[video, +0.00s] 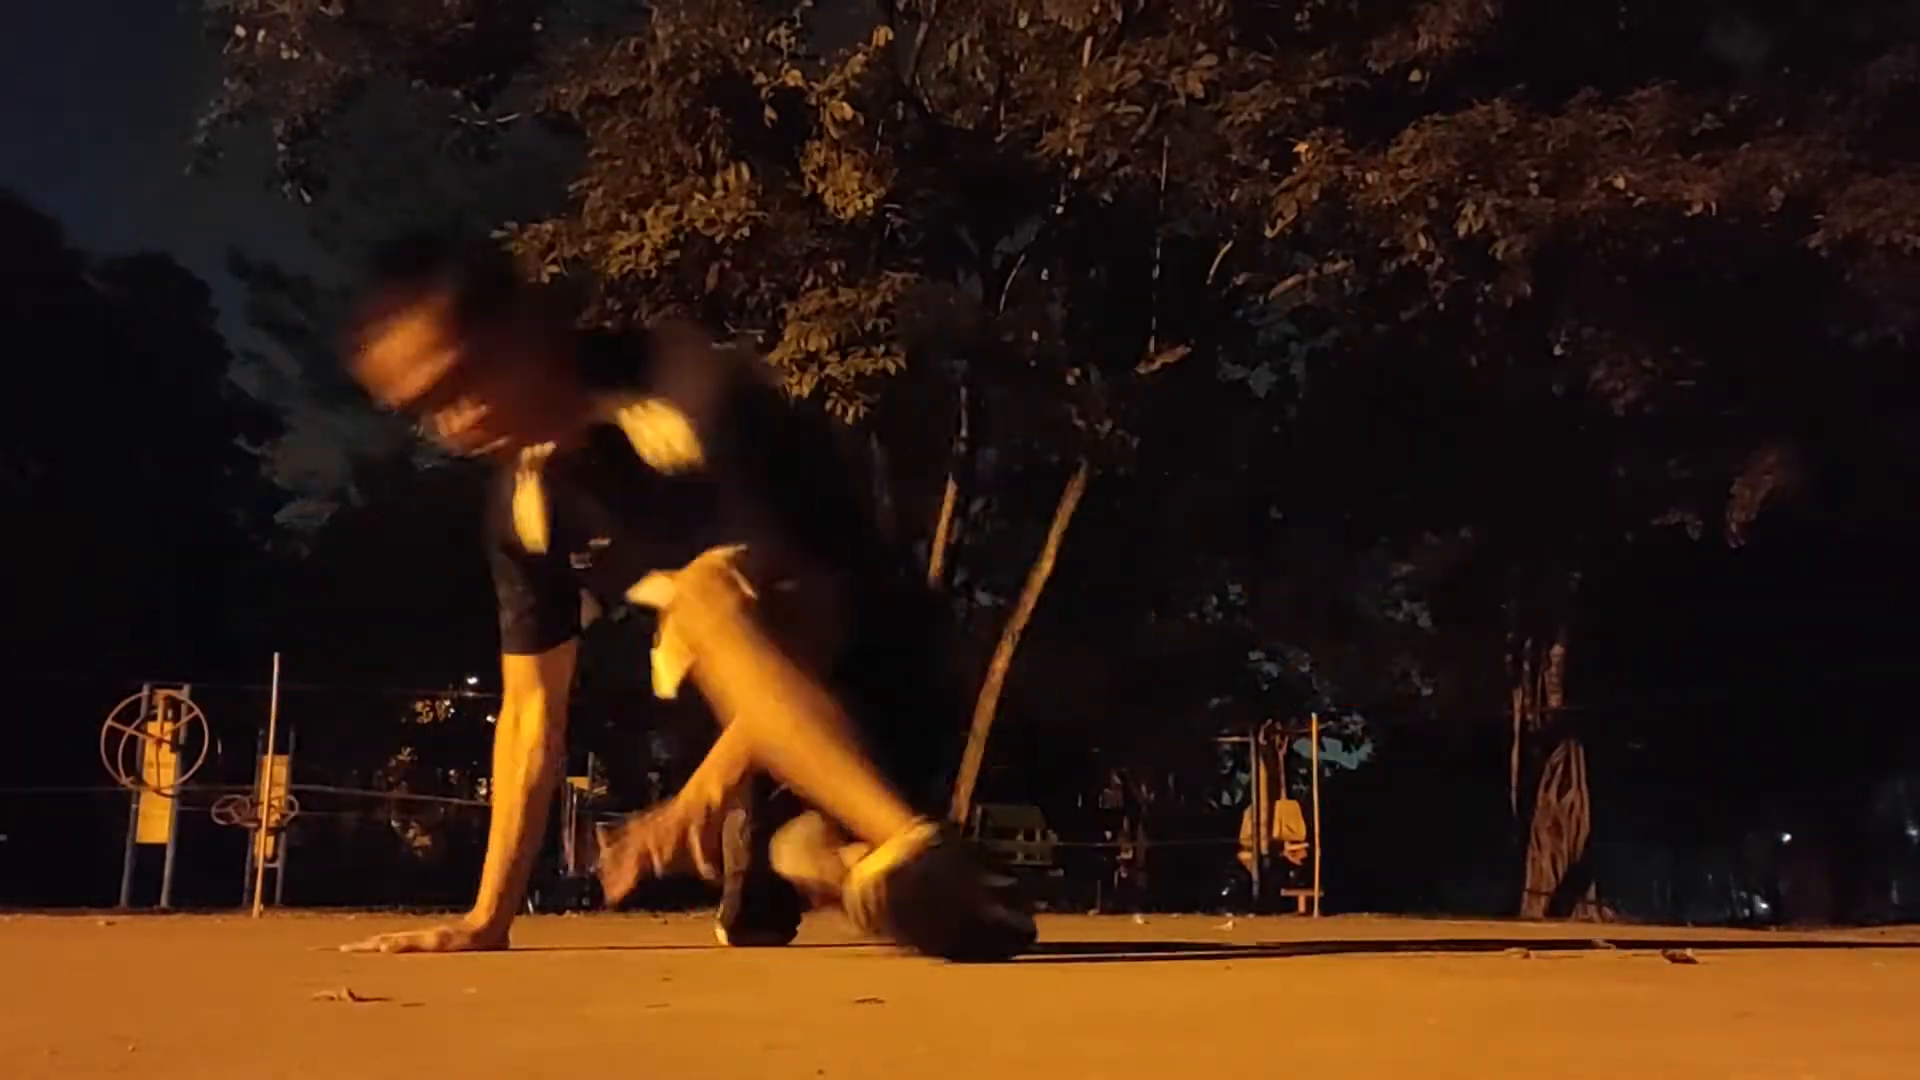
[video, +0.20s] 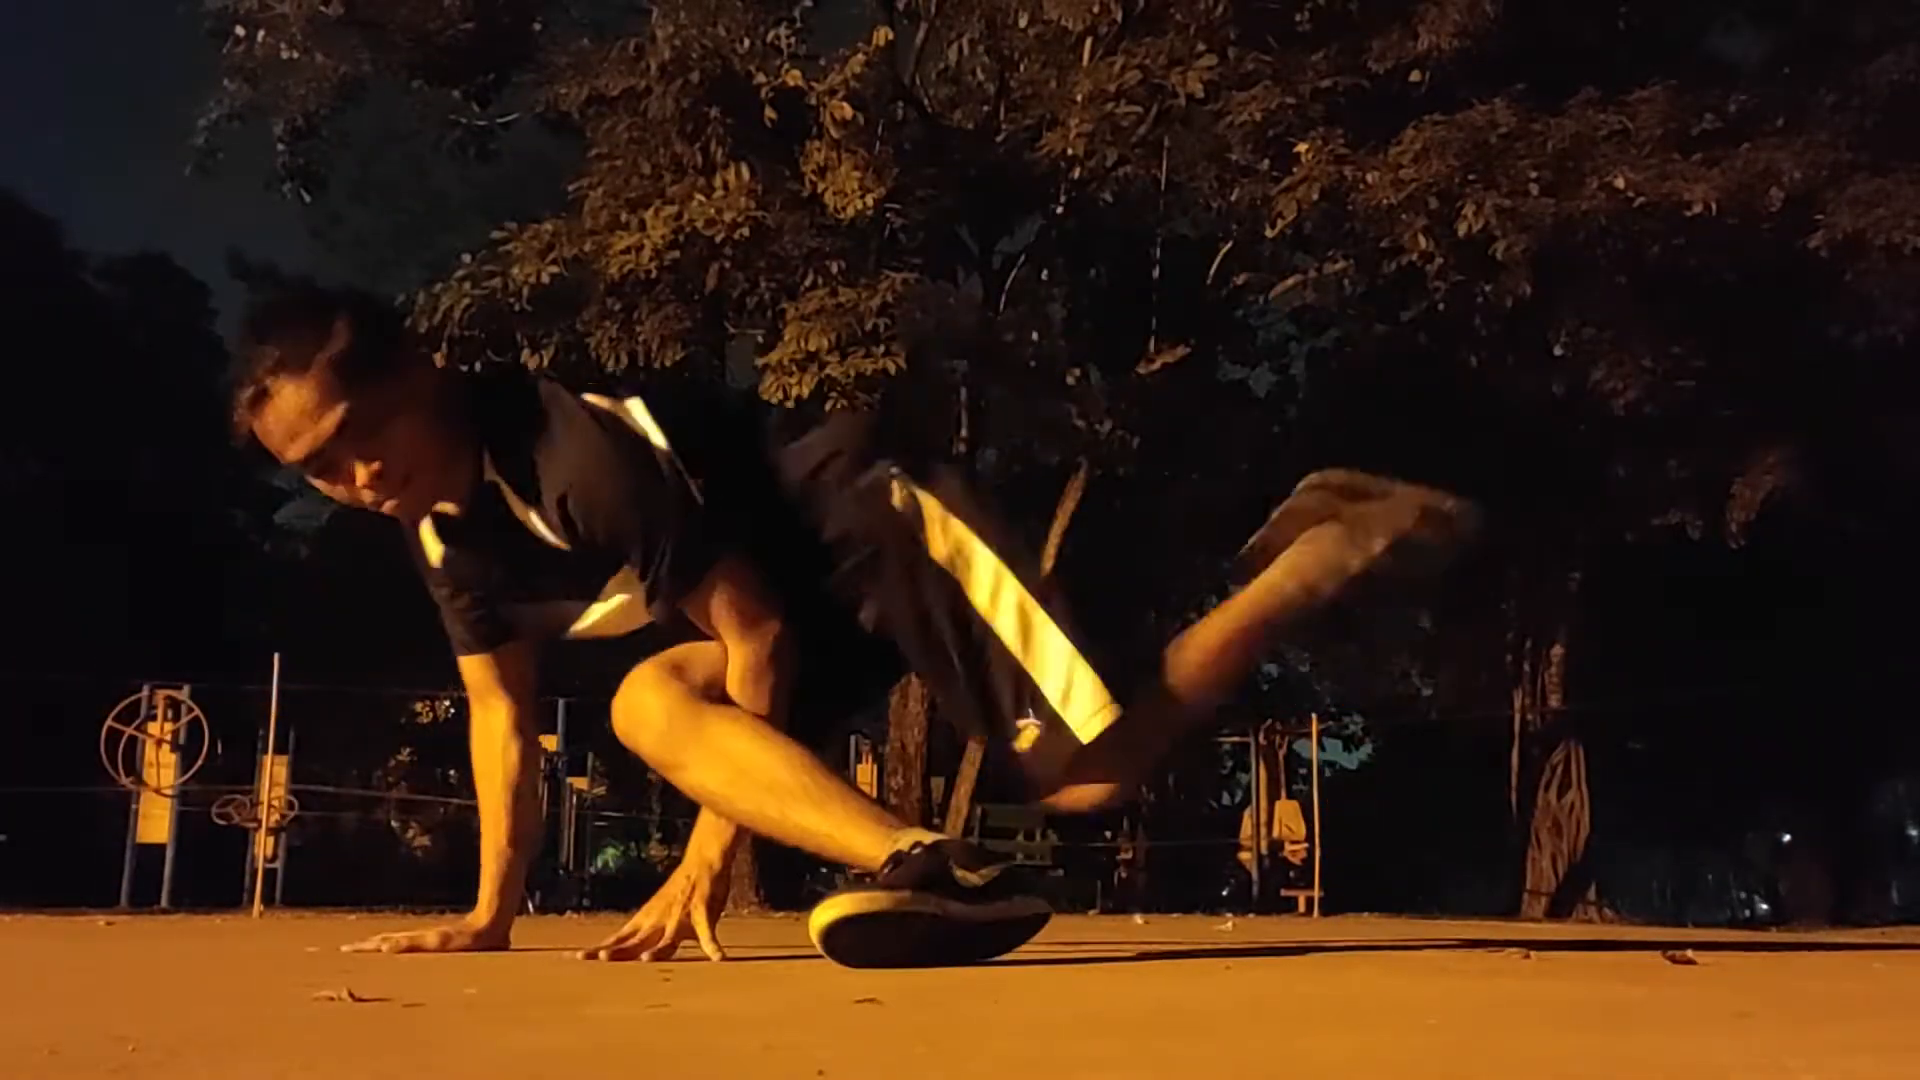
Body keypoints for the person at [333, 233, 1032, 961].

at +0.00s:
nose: (456, 426)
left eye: (459, 385)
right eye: (426, 414)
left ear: (521, 328)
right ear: (411, 419)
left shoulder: (687, 395)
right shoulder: (525, 504)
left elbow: (811, 602)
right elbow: (532, 709)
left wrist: (705, 798)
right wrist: (488, 915)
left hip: (865, 639)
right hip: (718, 689)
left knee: (797, 840)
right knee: (701, 598)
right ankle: (909, 838)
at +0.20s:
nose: (357, 488)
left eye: (355, 447)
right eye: (326, 477)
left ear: (418, 379)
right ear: (329, 477)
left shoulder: (582, 443)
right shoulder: (449, 534)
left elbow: (756, 640)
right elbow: (498, 704)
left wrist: (702, 864)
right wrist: (492, 909)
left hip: (865, 540)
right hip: (741, 611)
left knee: (1092, 775)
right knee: (639, 694)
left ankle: (1307, 565)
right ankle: (920, 865)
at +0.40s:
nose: (401, 364)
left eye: (405, 327)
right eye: (365, 358)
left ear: (461, 309)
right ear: (346, 391)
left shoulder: (600, 396)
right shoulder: (434, 525)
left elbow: (731, 608)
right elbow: (497, 720)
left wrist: (713, 857)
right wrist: (489, 914)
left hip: (808, 516)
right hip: (713, 620)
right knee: (597, 682)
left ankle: (1337, 551)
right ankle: (902, 856)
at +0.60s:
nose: (462, 342)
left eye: (471, 301)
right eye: (427, 332)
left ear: (525, 263)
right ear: (404, 348)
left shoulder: (641, 376)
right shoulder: (479, 469)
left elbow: (709, 615)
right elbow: (518, 667)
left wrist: (756, 837)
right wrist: (492, 880)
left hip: (807, 634)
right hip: (645, 673)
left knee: (1089, 508)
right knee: (433, 616)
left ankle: (1111, 879)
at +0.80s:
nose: (481, 376)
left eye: (489, 334)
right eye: (444, 363)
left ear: (541, 285)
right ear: (417, 371)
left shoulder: (664, 377)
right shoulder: (477, 487)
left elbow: (757, 595)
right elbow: (492, 701)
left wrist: (804, 833)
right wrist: (490, 913)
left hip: (782, 625)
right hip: (632, 664)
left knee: (997, 535)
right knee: (421, 591)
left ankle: (1107, 877)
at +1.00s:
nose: (457, 435)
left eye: (466, 390)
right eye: (417, 417)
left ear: (514, 352)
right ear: (389, 433)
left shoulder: (641, 422)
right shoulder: (456, 547)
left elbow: (796, 590)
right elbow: (506, 714)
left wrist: (820, 845)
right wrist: (493, 909)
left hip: (847, 566)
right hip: (733, 651)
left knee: (1051, 488)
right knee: (664, 703)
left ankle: (1125, 862)